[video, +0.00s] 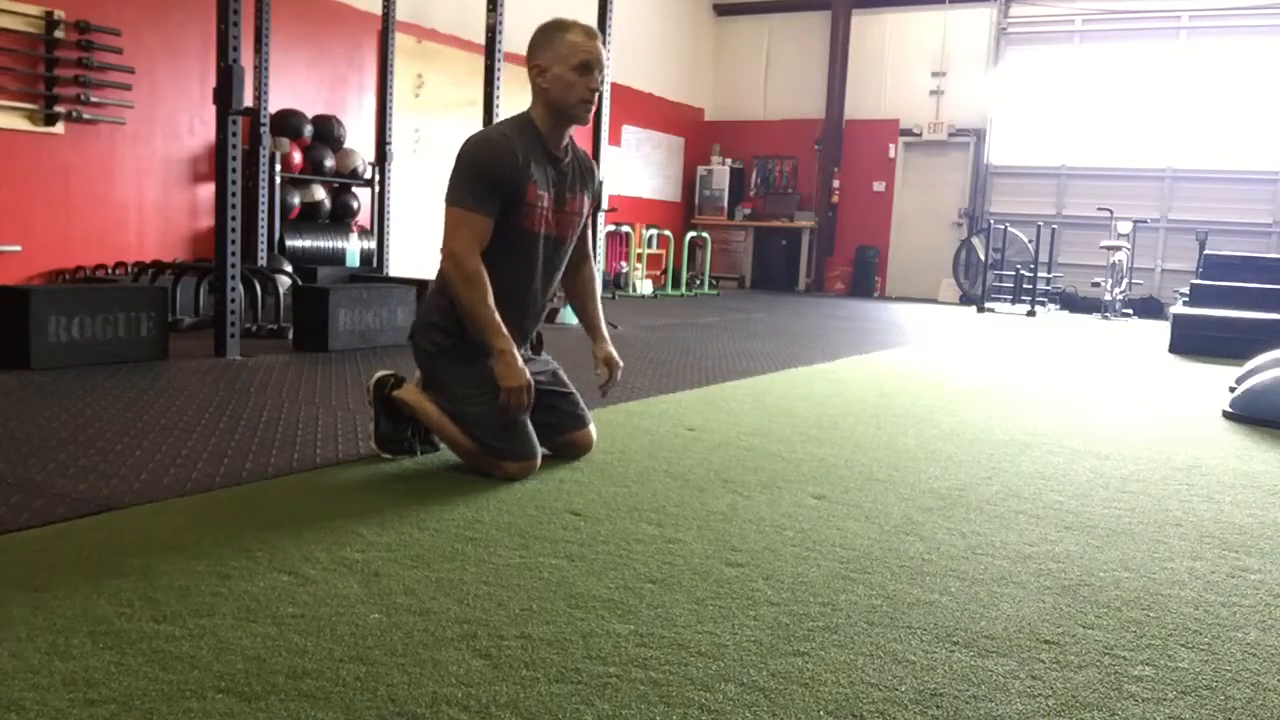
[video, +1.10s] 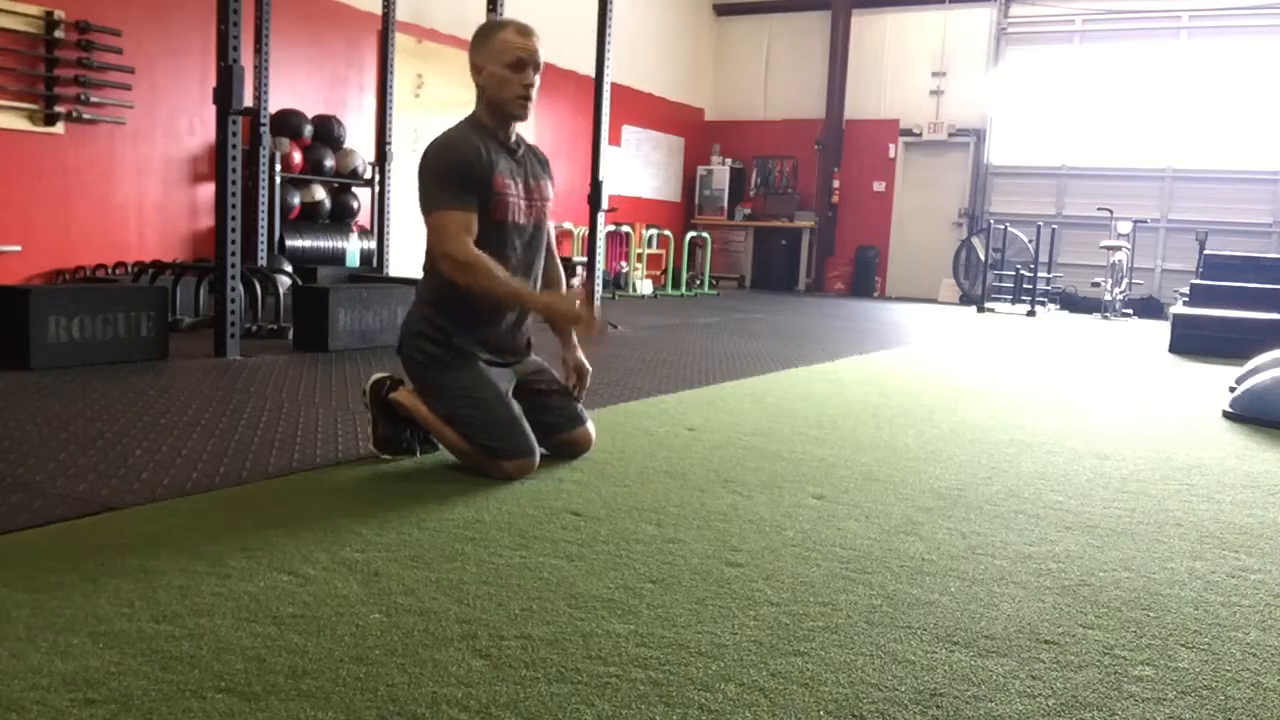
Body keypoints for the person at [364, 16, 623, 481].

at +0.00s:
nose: (598, 85)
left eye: (600, 72)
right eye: (585, 69)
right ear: (540, 74)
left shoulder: (583, 171)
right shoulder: (492, 149)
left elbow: (578, 260)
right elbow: (459, 259)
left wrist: (600, 338)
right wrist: (505, 352)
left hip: (519, 340)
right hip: (457, 342)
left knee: (575, 441)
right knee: (516, 464)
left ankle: (451, 395)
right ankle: (404, 397)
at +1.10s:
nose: (531, 79)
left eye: (536, 68)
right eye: (517, 64)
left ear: (540, 77)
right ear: (478, 71)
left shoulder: (537, 163)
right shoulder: (454, 151)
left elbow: (545, 257)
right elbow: (452, 253)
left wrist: (569, 343)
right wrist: (539, 302)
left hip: (506, 345)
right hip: (446, 347)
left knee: (574, 440)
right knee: (514, 462)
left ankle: (444, 411)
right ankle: (399, 400)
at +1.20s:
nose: (529, 79)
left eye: (532, 68)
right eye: (515, 65)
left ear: (535, 75)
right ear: (474, 71)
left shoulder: (531, 162)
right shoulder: (451, 150)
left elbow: (541, 261)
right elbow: (464, 253)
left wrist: (575, 337)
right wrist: (562, 252)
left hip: (507, 346)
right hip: (446, 349)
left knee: (575, 440)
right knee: (514, 463)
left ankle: (447, 406)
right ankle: (399, 399)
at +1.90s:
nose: (515, 69)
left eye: (516, 57)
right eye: (500, 56)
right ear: (458, 63)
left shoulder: (524, 144)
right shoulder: (437, 145)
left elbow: (594, 202)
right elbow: (504, 200)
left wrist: (632, 140)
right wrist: (579, 126)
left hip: (515, 341)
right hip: (452, 344)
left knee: (573, 439)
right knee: (514, 463)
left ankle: (444, 410)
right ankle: (400, 399)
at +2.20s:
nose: (531, 69)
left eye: (533, 57)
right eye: (516, 57)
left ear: (537, 63)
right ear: (474, 65)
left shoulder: (533, 151)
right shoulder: (446, 147)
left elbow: (590, 232)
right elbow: (495, 225)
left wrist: (586, 144)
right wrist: (537, 136)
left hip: (512, 339)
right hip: (451, 345)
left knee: (571, 442)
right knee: (514, 464)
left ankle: (445, 407)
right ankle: (400, 400)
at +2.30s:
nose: (538, 74)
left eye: (542, 63)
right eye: (524, 62)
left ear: (546, 70)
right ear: (484, 67)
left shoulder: (546, 159)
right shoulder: (452, 147)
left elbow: (596, 237)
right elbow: (491, 227)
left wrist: (609, 158)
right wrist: (536, 146)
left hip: (513, 343)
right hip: (449, 346)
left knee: (572, 442)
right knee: (514, 464)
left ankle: (439, 409)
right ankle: (399, 400)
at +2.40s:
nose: (536, 77)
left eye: (543, 65)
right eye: (523, 62)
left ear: (549, 73)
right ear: (487, 67)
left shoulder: (546, 159)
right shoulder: (455, 143)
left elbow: (601, 237)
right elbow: (494, 216)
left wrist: (640, 171)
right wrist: (571, 148)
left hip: (516, 344)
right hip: (451, 346)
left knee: (572, 443)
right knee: (514, 463)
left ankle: (449, 407)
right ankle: (401, 398)